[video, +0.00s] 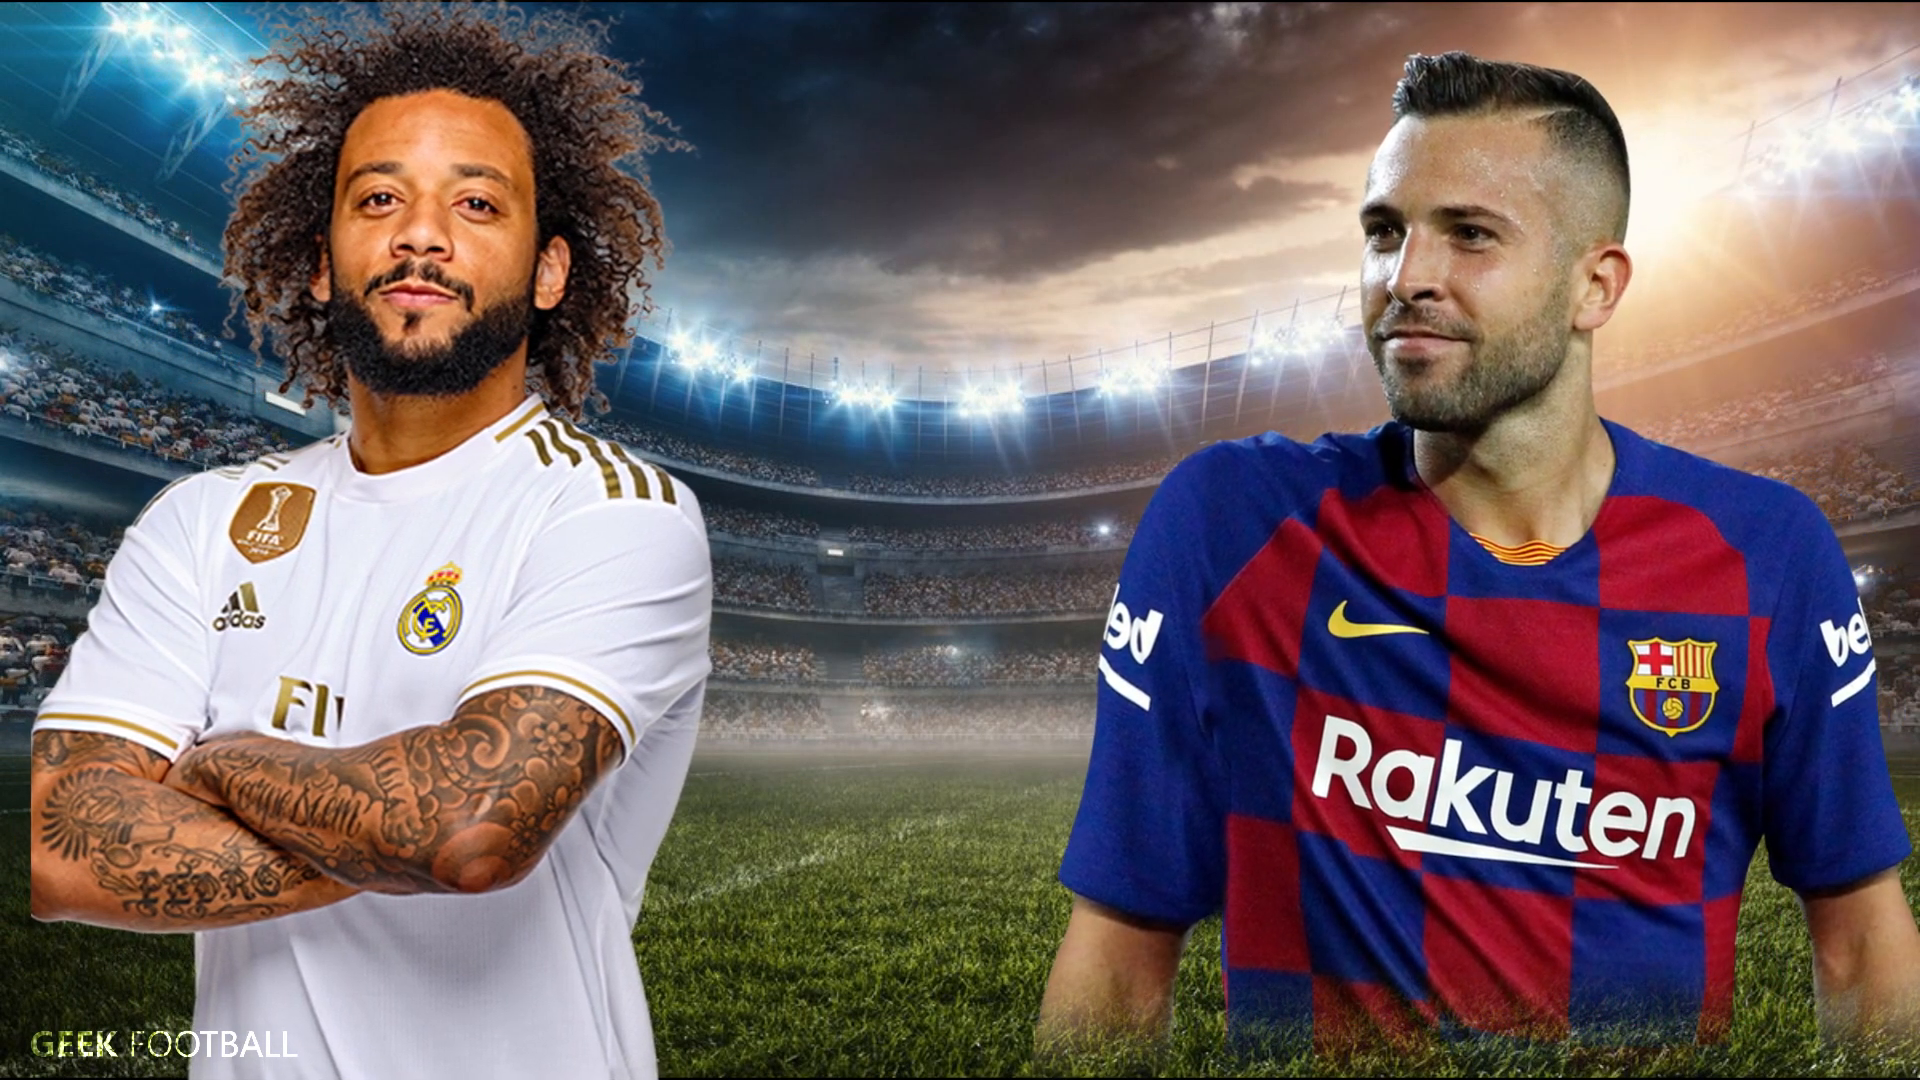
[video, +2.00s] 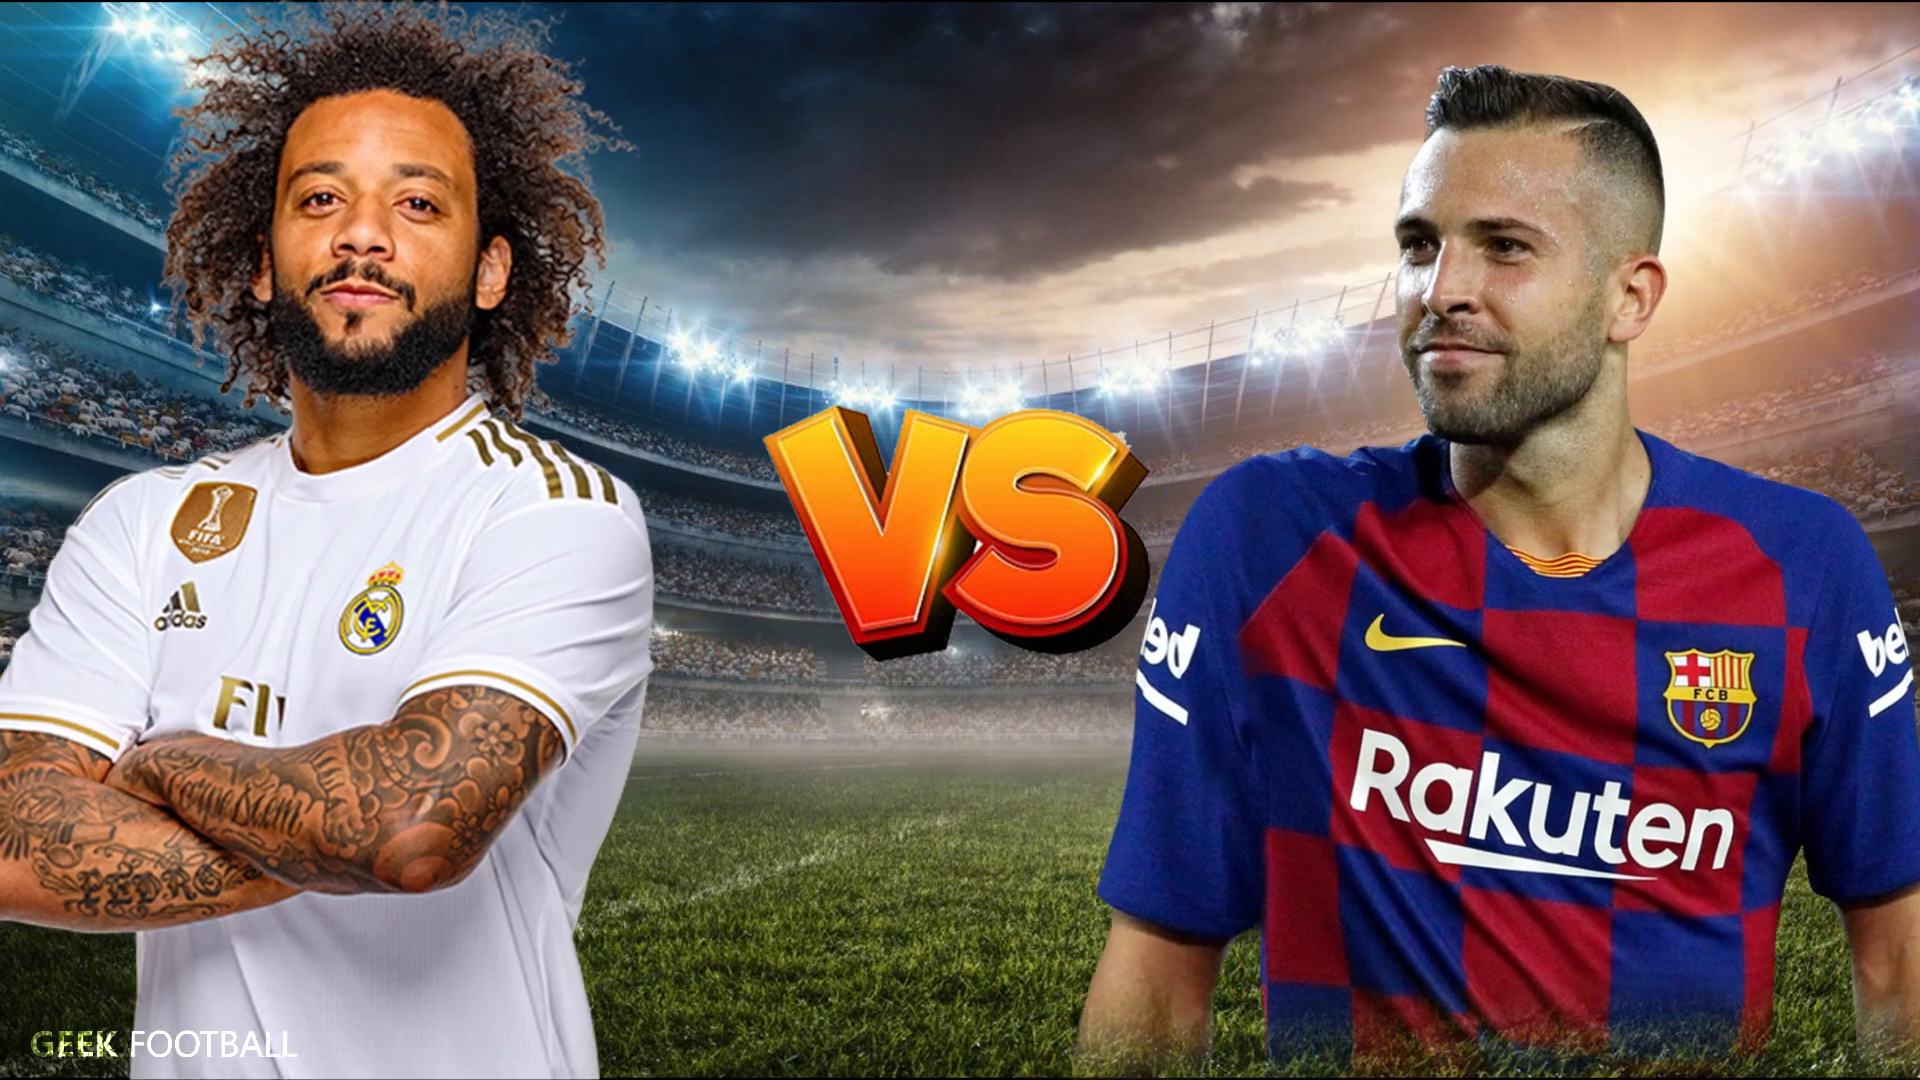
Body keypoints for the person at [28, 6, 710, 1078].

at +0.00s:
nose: (422, 238)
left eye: (478, 204)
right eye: (379, 199)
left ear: (546, 273)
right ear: (325, 260)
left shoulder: (621, 518)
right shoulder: (201, 522)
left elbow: (475, 825)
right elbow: (73, 856)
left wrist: (210, 761)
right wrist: (396, 829)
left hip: (531, 1063)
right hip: (252, 1062)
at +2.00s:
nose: (363, 237)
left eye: (418, 203)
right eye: (320, 200)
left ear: (487, 271)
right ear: (268, 259)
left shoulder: (562, 518)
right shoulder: (141, 520)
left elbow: (416, 823)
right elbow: (20, 852)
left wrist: (161, 760)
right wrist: (332, 830)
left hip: (473, 1062)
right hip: (193, 1061)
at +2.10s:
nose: (342, 237)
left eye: (399, 202)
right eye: (301, 199)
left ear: (469, 270)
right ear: (249, 259)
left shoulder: (543, 516)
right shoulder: (123, 520)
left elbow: (396, 824)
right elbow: (17, 855)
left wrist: (137, 761)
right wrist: (316, 826)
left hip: (452, 1064)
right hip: (176, 1063)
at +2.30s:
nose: (294, 234)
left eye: (349, 202)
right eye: (251, 200)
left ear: (418, 270)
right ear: (196, 261)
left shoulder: (492, 514)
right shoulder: (68, 522)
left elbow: (347, 825)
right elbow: (10, 868)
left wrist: (77, 759)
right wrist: (269, 820)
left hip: (400, 1062)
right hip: (125, 1062)